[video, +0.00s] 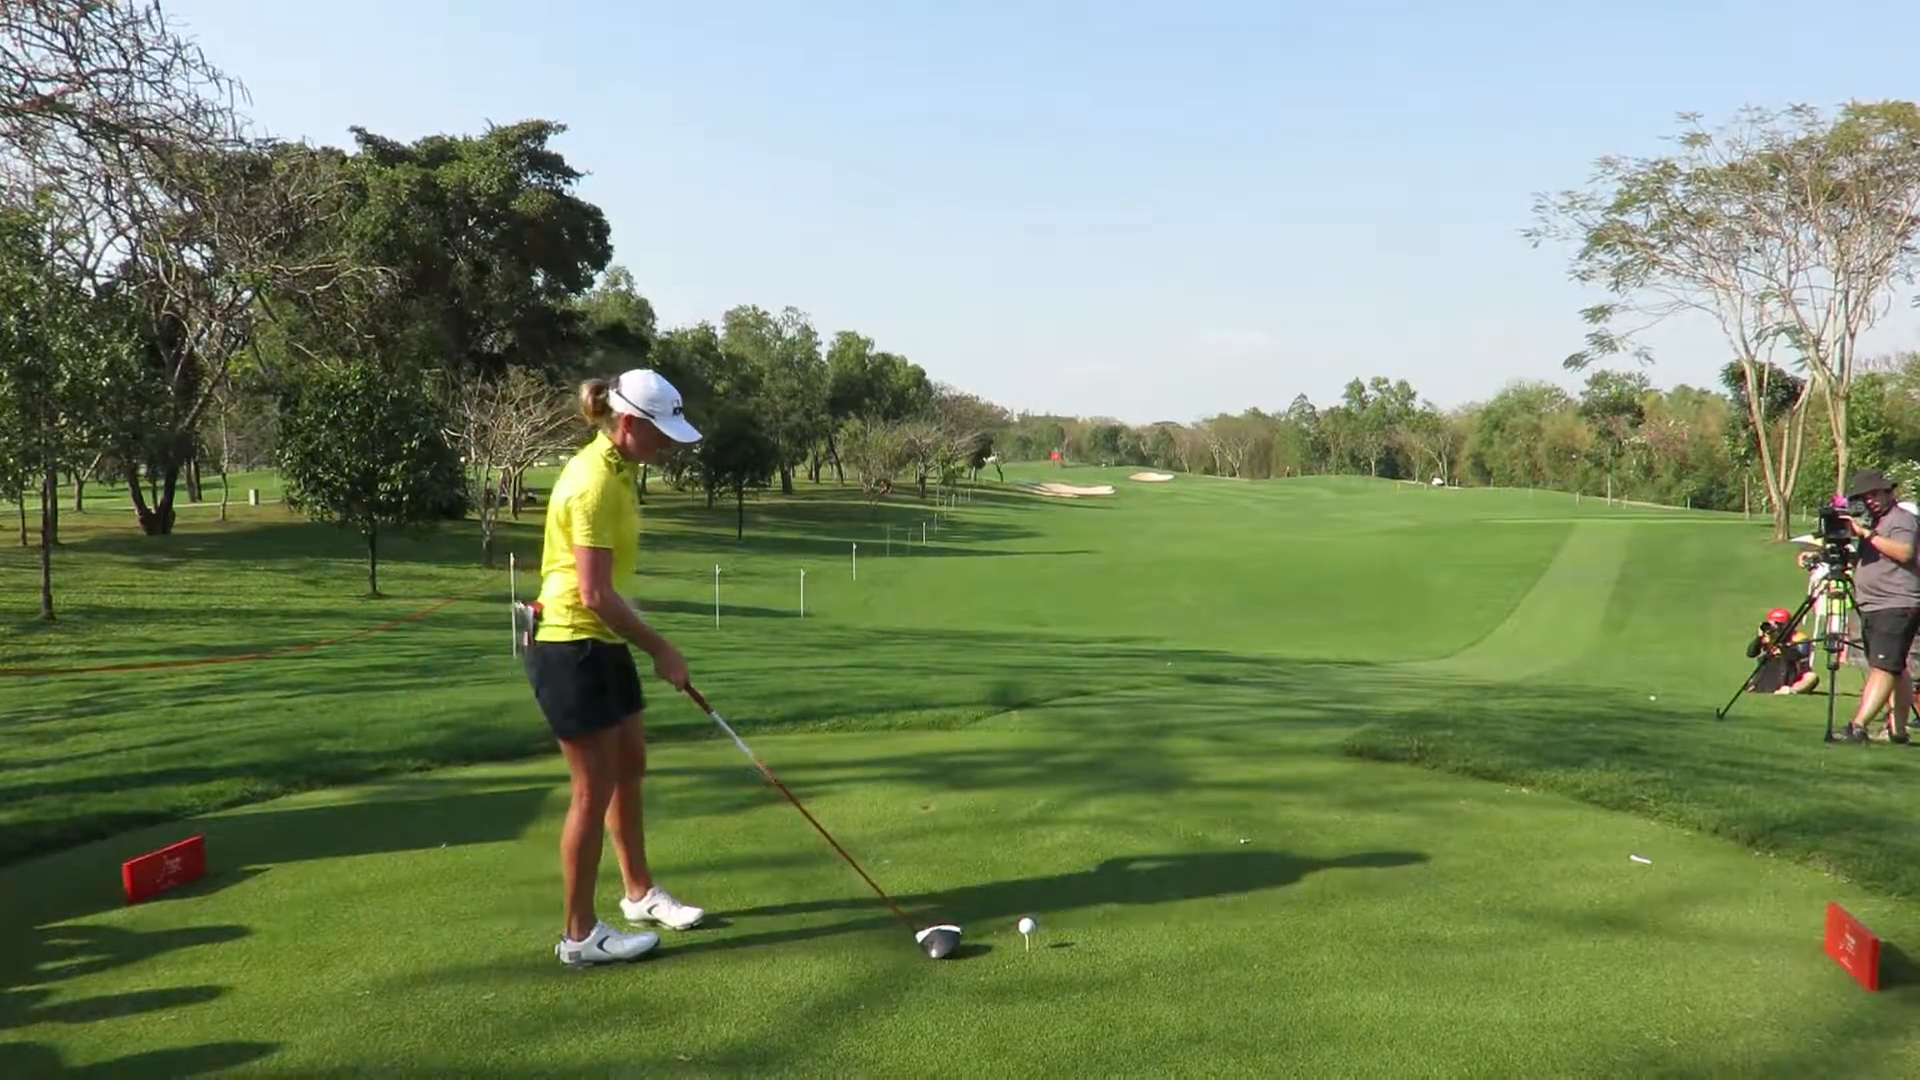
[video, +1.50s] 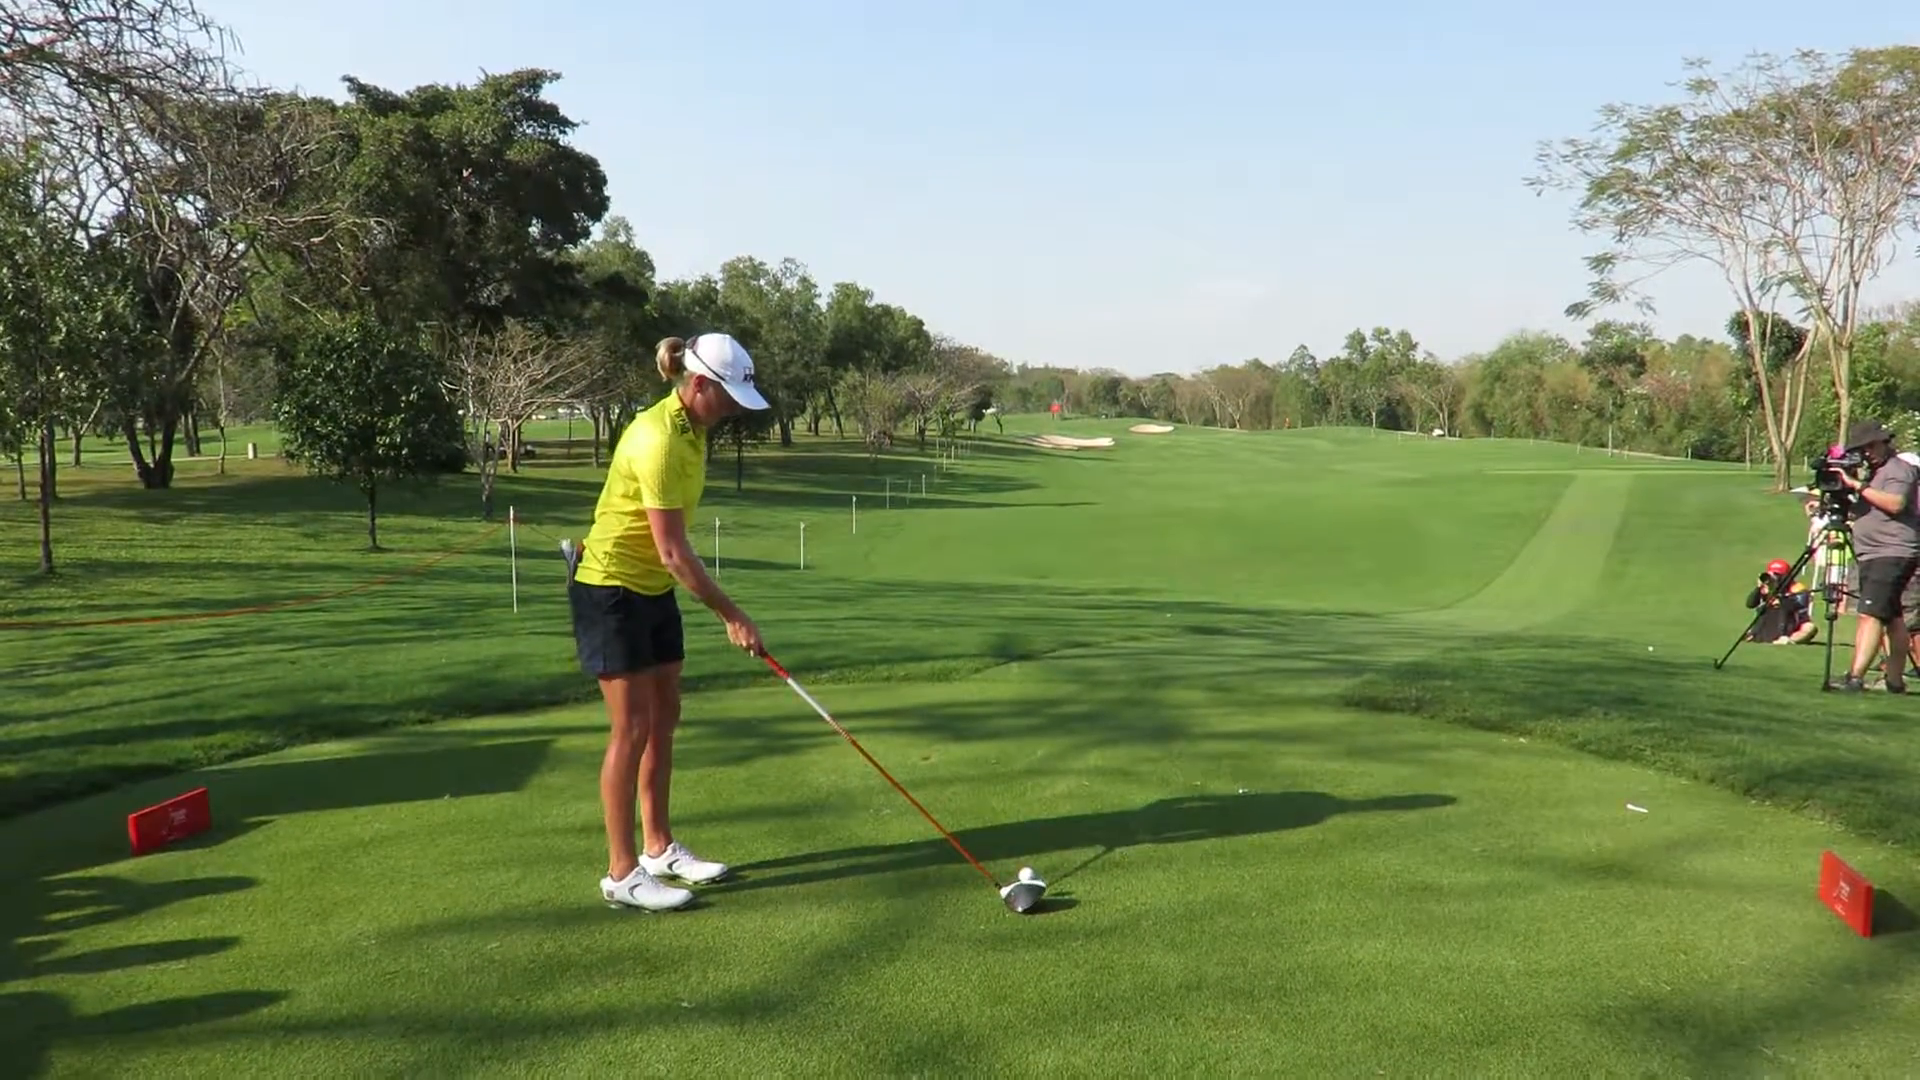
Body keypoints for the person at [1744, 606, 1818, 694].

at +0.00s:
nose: (1774, 630)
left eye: (1778, 626)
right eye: (1771, 626)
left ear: (1786, 626)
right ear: (1769, 626)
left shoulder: (1799, 638)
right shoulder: (1769, 638)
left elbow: (1799, 655)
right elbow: (1751, 654)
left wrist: (1783, 651)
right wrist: (1759, 638)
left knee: (1812, 677)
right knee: (1750, 685)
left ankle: (1791, 690)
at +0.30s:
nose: (1774, 623)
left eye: (1778, 619)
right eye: (1771, 619)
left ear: (1786, 619)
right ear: (1769, 619)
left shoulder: (1799, 631)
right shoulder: (1769, 631)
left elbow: (1800, 646)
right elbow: (1751, 646)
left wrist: (1782, 643)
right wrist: (1759, 631)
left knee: (1812, 669)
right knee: (1750, 676)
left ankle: (1792, 682)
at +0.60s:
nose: (1773, 603)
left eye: (1777, 599)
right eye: (1771, 599)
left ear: (1785, 599)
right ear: (1769, 598)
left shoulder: (1799, 611)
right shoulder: (1769, 610)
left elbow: (1800, 626)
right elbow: (1751, 626)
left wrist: (1782, 623)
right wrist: (1759, 611)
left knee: (1812, 648)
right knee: (1749, 655)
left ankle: (1791, 661)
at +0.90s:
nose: (1772, 592)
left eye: (1776, 588)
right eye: (1770, 588)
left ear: (1785, 589)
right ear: (1768, 588)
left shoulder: (1798, 601)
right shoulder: (1768, 601)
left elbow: (1799, 615)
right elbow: (1750, 616)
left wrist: (1781, 613)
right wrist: (1759, 601)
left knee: (1811, 639)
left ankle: (1790, 652)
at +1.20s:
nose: (1772, 586)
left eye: (1775, 583)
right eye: (1770, 583)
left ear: (1784, 583)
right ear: (1768, 583)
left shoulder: (1798, 595)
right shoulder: (1768, 594)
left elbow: (1800, 610)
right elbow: (1750, 610)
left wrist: (1782, 606)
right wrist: (1758, 595)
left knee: (1810, 633)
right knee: (1748, 641)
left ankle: (1790, 646)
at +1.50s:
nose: (1773, 581)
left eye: (1776, 577)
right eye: (1770, 577)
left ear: (1785, 577)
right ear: (1768, 576)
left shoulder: (1798, 589)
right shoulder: (1769, 588)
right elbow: (1750, 604)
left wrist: (1782, 602)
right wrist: (1759, 589)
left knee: (1810, 627)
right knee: (1748, 634)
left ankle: (1790, 640)